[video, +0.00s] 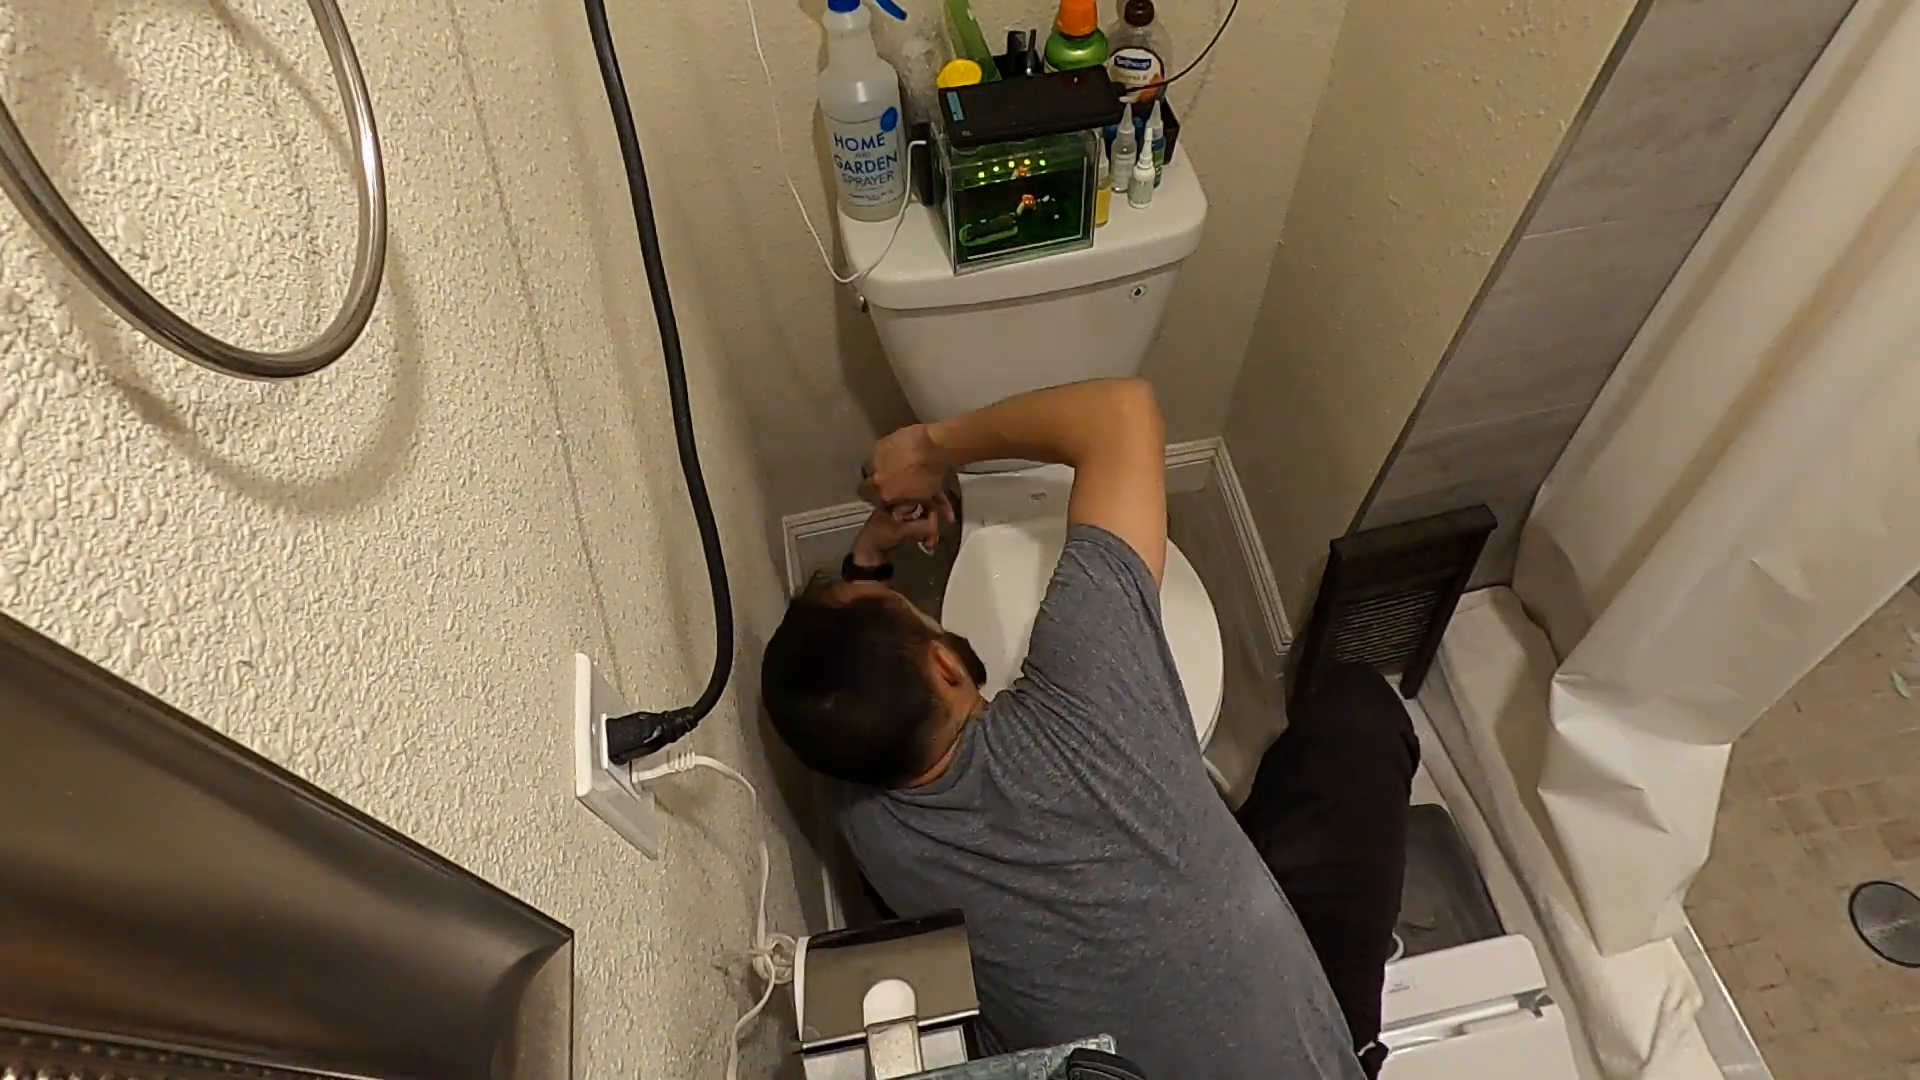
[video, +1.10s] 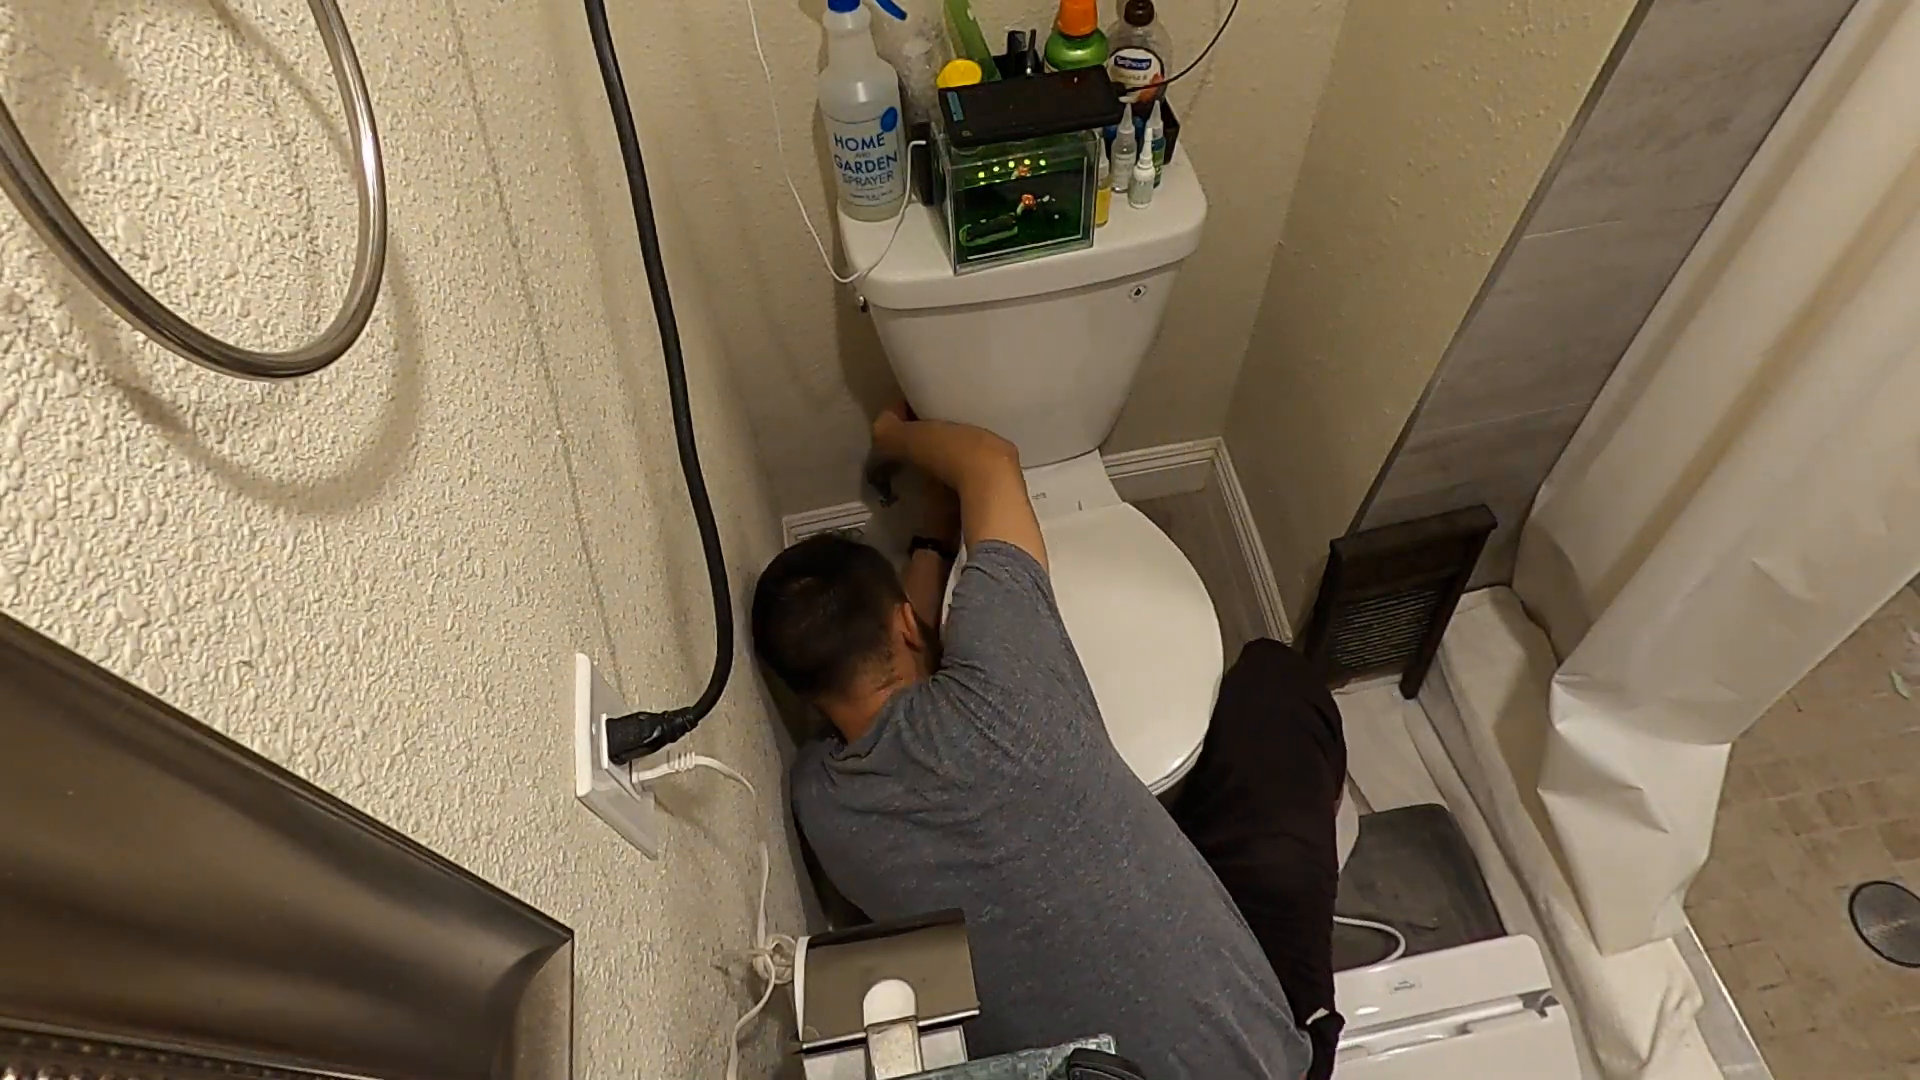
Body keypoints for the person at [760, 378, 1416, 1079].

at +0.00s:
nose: (926, 611)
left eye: (905, 607)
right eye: (916, 615)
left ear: (839, 751)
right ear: (945, 663)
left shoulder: (879, 843)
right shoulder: (1089, 690)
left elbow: (836, 718)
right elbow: (1118, 411)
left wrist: (870, 553)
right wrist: (936, 443)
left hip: (1077, 1072)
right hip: (1298, 1055)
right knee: (1356, 701)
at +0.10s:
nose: (885, 597)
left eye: (869, 599)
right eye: (880, 606)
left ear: (839, 760)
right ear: (922, 663)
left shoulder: (886, 847)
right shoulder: (1081, 687)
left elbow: (848, 733)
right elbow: (1119, 413)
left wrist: (878, 567)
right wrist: (935, 421)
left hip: (1088, 1070)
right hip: (1296, 1055)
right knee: (1348, 700)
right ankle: (1344, 664)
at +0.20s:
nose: (918, 608)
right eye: (910, 603)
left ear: (820, 729)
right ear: (919, 633)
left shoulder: (863, 821)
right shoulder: (1043, 683)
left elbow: (904, 651)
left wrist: (918, 519)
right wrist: (898, 433)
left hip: (1081, 1071)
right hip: (1279, 1054)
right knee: (1361, 711)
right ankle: (1354, 690)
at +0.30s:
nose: (911, 622)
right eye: (904, 613)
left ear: (813, 732)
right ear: (913, 647)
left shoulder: (853, 824)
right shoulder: (1034, 690)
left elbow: (909, 676)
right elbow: (982, 479)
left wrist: (936, 552)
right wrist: (899, 434)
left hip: (1077, 1069)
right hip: (1276, 1051)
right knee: (1338, 697)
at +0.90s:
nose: (873, 581)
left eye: (872, 591)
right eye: (870, 594)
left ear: (809, 735)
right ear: (936, 670)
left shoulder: (852, 830)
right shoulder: (1056, 698)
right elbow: (1055, 511)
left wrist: (891, 602)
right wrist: (903, 473)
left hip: (1064, 1068)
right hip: (1264, 1054)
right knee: (1296, 683)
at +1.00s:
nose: (887, 581)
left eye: (885, 592)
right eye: (890, 601)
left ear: (805, 725)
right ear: (934, 670)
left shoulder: (842, 827)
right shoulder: (1058, 702)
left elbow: (812, 703)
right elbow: (1107, 500)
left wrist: (870, 571)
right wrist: (928, 466)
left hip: (1056, 1065)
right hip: (1256, 1050)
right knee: (1281, 679)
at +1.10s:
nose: (915, 607)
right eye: (906, 594)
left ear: (798, 693)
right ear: (906, 624)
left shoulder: (821, 809)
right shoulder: (1004, 682)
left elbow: (912, 643)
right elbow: (987, 459)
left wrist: (939, 531)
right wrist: (900, 432)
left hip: (1066, 1070)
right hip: (1256, 1054)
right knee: (1269, 672)